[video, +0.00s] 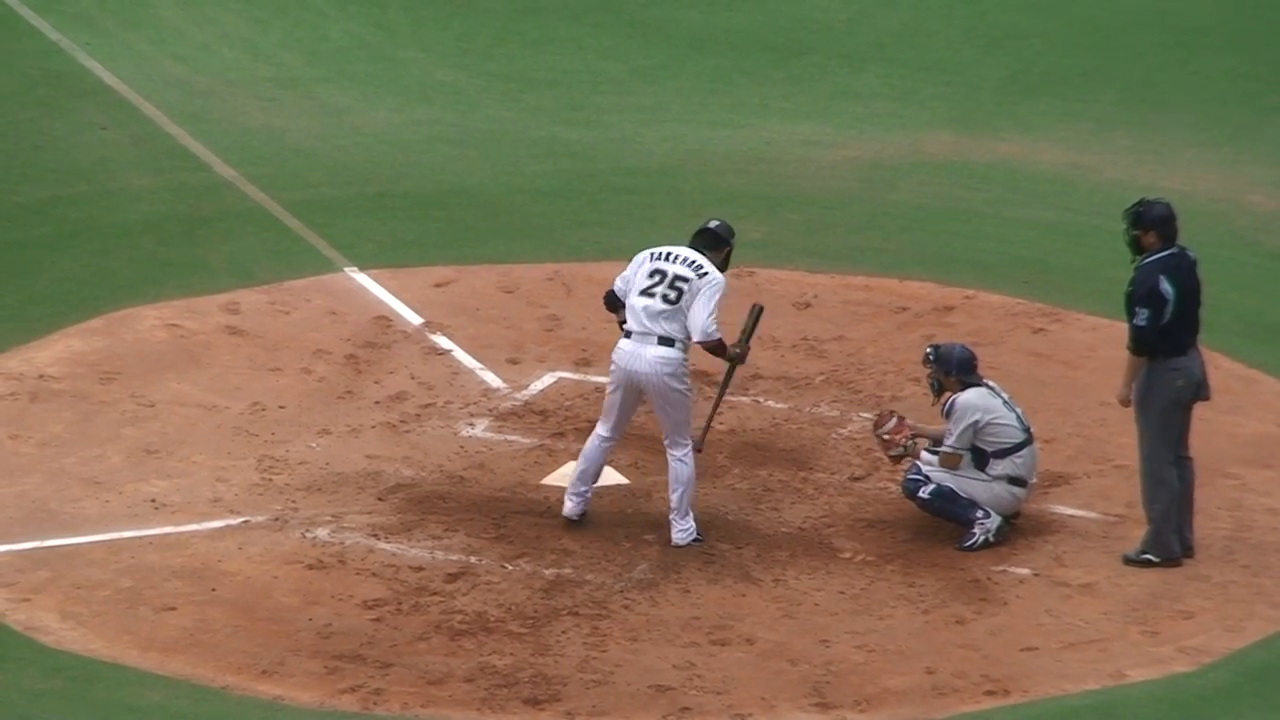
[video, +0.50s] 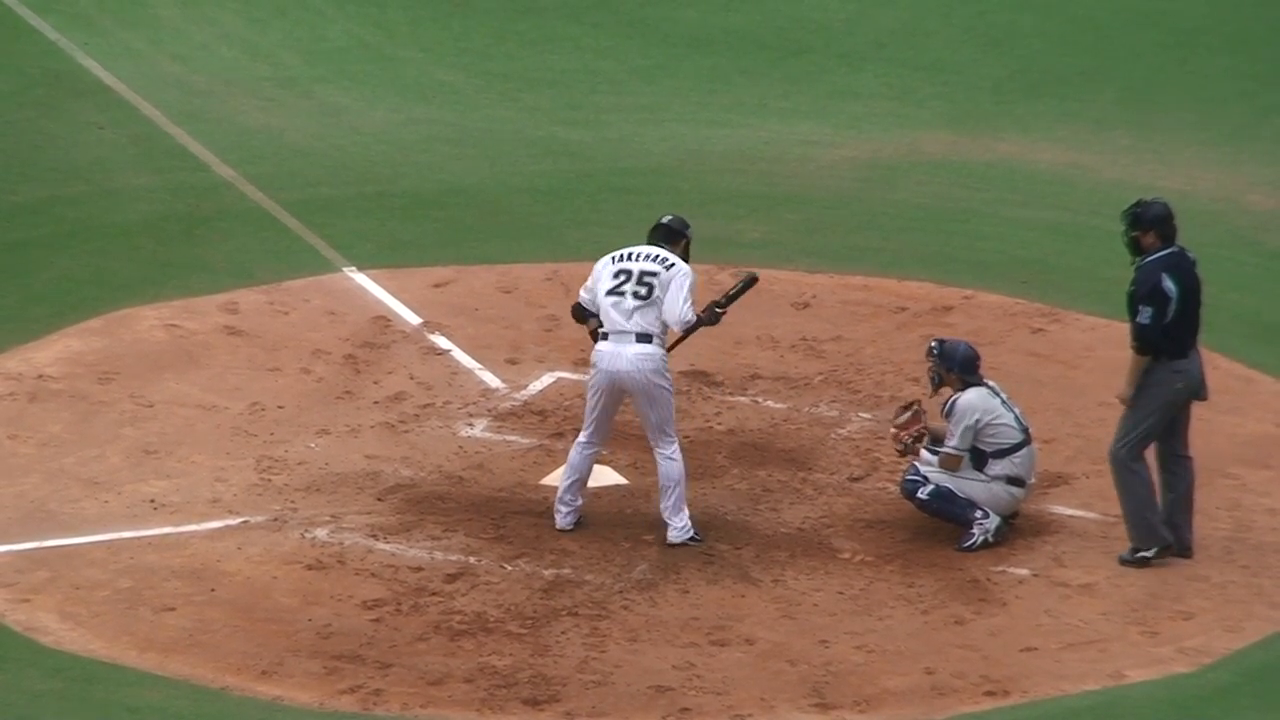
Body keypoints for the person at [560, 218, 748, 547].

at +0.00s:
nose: (726, 261)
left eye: (727, 255)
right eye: (727, 254)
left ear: (694, 240)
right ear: (719, 250)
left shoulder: (651, 254)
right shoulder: (711, 276)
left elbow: (612, 298)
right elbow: (703, 334)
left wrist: (629, 317)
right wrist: (728, 354)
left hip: (626, 351)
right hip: (666, 359)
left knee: (605, 431)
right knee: (678, 445)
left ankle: (573, 503)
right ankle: (682, 529)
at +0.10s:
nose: (719, 261)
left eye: (720, 254)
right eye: (719, 254)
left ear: (687, 241)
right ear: (711, 250)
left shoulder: (643, 256)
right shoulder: (701, 276)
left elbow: (609, 306)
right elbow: (695, 332)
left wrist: (650, 319)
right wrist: (725, 337)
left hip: (617, 351)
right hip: (656, 360)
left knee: (596, 436)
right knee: (674, 446)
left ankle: (568, 510)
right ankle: (682, 529)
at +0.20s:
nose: (709, 262)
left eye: (710, 254)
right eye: (710, 254)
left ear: (677, 241)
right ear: (699, 250)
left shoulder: (633, 258)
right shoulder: (688, 274)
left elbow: (603, 312)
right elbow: (685, 328)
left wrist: (648, 325)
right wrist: (717, 325)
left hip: (607, 351)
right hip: (646, 359)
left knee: (591, 437)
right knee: (667, 445)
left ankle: (565, 512)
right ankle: (679, 528)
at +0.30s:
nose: (699, 255)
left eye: (700, 250)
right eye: (698, 249)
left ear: (664, 240)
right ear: (689, 247)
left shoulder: (624, 258)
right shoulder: (682, 269)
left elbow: (596, 313)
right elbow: (678, 321)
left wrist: (644, 329)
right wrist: (710, 316)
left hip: (602, 351)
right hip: (641, 358)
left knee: (588, 438)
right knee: (662, 444)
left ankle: (565, 513)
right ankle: (671, 527)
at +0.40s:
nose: (689, 251)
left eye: (690, 246)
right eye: (689, 245)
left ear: (655, 237)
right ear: (682, 243)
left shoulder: (615, 257)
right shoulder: (679, 267)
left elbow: (588, 313)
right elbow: (678, 319)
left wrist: (631, 321)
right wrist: (707, 314)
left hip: (603, 351)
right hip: (643, 356)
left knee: (590, 437)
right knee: (664, 444)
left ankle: (565, 513)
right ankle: (673, 526)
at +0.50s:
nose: (685, 250)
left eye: (685, 245)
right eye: (685, 245)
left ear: (652, 237)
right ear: (678, 243)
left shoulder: (610, 259)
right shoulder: (678, 268)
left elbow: (581, 310)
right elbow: (679, 320)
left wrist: (598, 328)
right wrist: (705, 318)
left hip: (605, 353)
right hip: (646, 356)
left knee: (589, 437)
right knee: (665, 444)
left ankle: (564, 514)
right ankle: (678, 527)